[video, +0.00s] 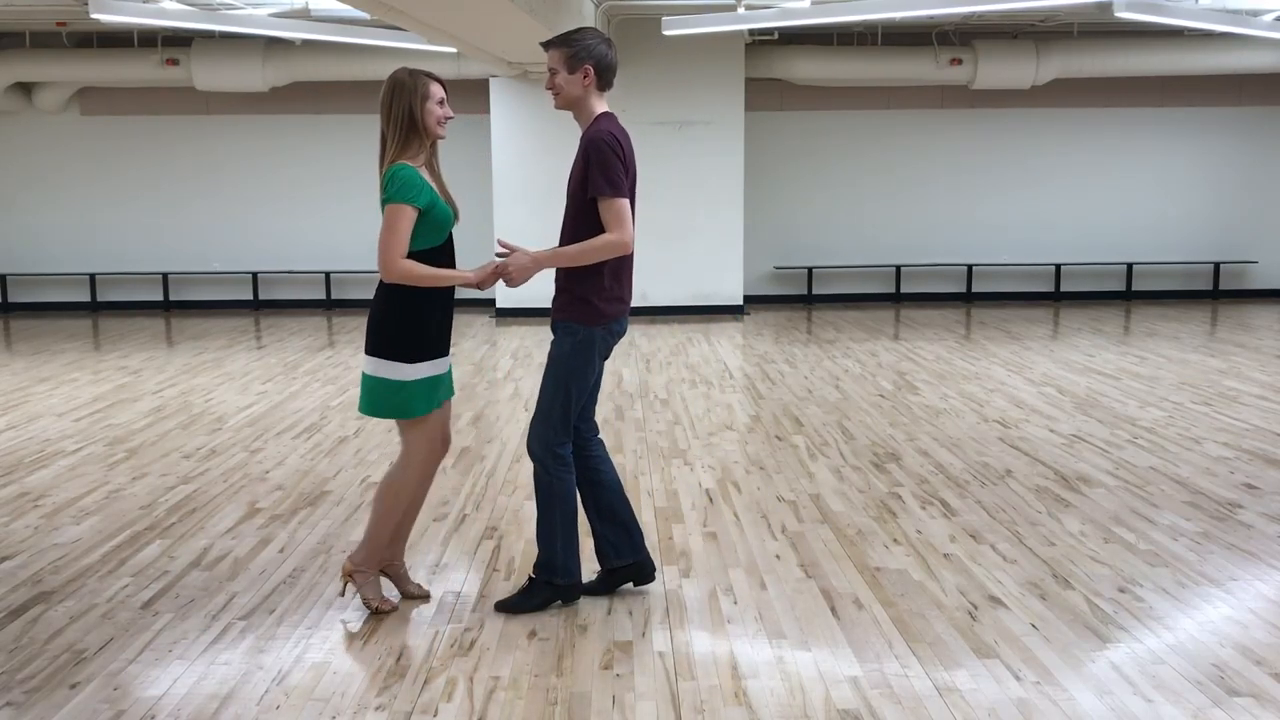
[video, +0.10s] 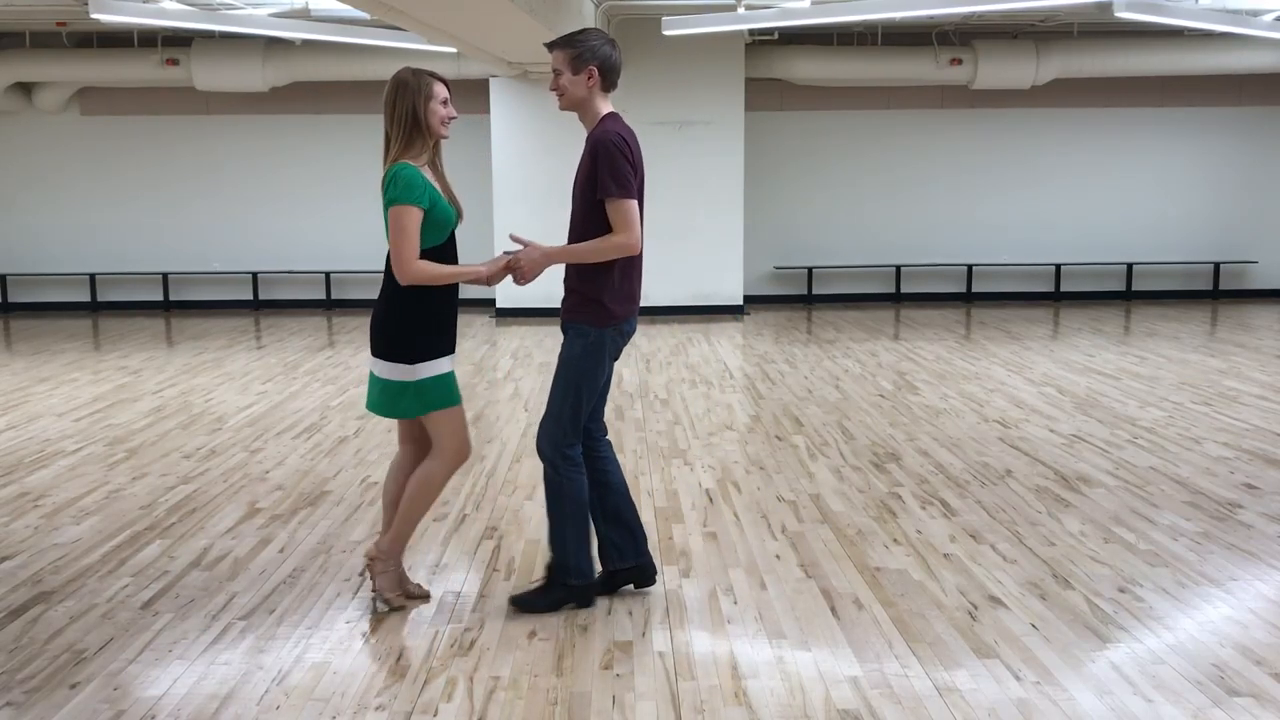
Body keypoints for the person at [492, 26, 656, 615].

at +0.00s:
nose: (547, 83)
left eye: (554, 72)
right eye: (547, 73)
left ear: (584, 74)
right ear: (586, 76)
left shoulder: (603, 139)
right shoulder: (600, 135)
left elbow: (620, 239)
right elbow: (597, 236)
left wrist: (538, 260)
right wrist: (535, 260)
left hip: (588, 317)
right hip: (589, 313)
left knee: (549, 440)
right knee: (579, 435)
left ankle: (556, 577)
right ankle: (628, 559)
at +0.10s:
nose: (551, 83)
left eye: (559, 73)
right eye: (552, 74)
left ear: (590, 75)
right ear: (590, 77)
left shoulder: (610, 140)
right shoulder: (603, 136)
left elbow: (628, 239)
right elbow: (605, 236)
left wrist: (549, 254)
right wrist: (543, 259)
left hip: (600, 318)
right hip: (595, 315)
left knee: (558, 440)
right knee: (587, 437)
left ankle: (571, 578)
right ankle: (630, 562)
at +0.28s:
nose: (565, 86)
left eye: (572, 75)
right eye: (565, 76)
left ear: (604, 77)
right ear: (602, 79)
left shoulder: (623, 139)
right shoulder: (618, 134)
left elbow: (645, 236)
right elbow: (627, 231)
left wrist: (566, 229)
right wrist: (561, 231)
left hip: (613, 319)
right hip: (604, 316)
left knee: (589, 444)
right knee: (591, 441)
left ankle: (656, 566)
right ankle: (622, 567)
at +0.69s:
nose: (607, 88)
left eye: (613, 77)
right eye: (607, 78)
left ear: (645, 78)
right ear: (645, 80)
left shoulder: (663, 141)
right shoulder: (663, 137)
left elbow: (687, 239)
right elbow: (667, 236)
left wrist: (607, 263)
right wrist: (607, 241)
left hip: (677, 322)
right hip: (660, 320)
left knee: (668, 446)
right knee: (636, 436)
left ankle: (713, 580)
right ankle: (685, 565)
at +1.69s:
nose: (577, 82)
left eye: (583, 72)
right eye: (577, 72)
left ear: (614, 75)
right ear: (614, 77)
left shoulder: (627, 139)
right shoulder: (633, 134)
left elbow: (644, 236)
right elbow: (634, 224)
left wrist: (572, 217)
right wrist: (578, 224)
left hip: (629, 318)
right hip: (619, 316)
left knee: (615, 442)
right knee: (607, 440)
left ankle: (696, 558)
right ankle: (632, 568)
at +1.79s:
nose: (565, 84)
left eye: (572, 74)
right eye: (565, 74)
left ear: (602, 77)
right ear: (606, 78)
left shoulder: (617, 142)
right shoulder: (623, 137)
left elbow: (633, 241)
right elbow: (621, 237)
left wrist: (553, 244)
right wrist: (550, 244)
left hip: (610, 318)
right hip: (616, 315)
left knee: (574, 442)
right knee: (600, 437)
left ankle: (643, 565)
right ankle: (628, 567)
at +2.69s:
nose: (564, 93)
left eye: (572, 83)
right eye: (563, 83)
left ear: (607, 85)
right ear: (599, 89)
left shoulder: (622, 139)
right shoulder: (614, 139)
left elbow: (666, 215)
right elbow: (601, 211)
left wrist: (599, 194)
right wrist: (550, 187)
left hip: (614, 313)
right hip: (640, 309)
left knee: (574, 423)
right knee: (633, 427)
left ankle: (615, 537)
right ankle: (677, 555)